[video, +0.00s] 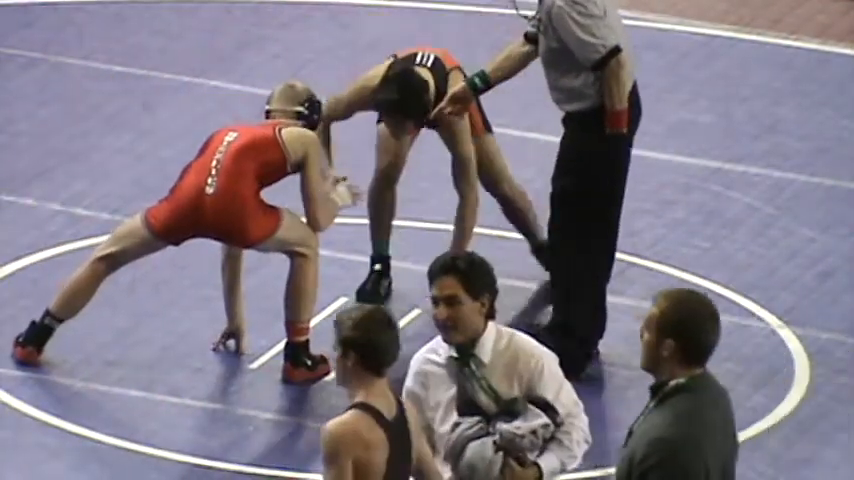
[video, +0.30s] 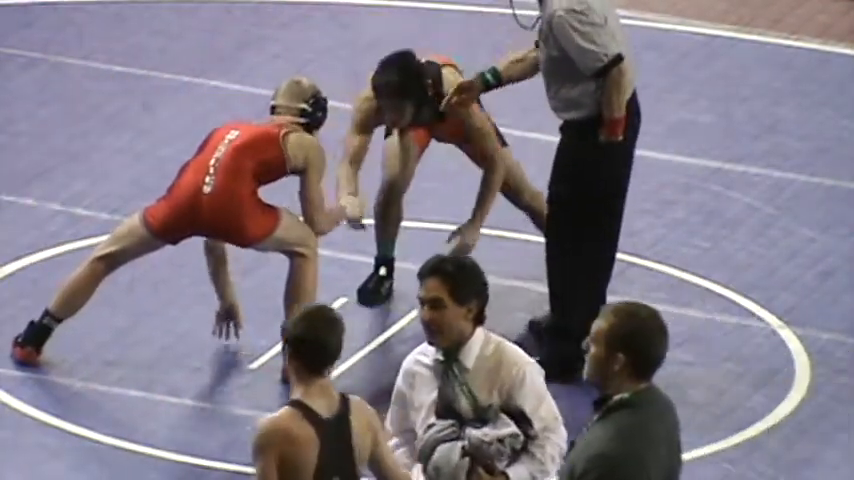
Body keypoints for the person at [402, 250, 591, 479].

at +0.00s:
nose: (441, 315)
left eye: (452, 303)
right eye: (435, 303)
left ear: (484, 303)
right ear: (430, 303)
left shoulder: (530, 357)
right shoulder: (424, 367)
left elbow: (575, 427)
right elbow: (416, 449)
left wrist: (540, 470)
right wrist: (446, 476)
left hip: (525, 472)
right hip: (457, 473)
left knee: (479, 453)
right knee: (478, 451)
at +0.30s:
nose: (425, 317)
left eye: (437, 306)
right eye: (422, 305)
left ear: (470, 310)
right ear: (417, 304)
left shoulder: (514, 365)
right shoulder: (415, 367)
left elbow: (552, 438)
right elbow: (398, 437)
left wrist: (511, 476)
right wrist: (416, 474)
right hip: (438, 473)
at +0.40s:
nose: (421, 317)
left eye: (433, 308)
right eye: (418, 306)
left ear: (466, 313)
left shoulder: (508, 369)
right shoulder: (412, 366)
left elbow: (540, 443)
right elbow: (393, 438)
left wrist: (503, 476)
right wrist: (402, 473)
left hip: (493, 471)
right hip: (423, 471)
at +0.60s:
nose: (409, 319)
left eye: (421, 310)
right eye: (409, 308)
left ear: (456, 318)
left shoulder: (497, 376)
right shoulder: (402, 365)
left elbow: (524, 453)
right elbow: (381, 434)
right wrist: (380, 471)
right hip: (405, 472)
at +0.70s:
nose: (402, 319)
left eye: (414, 311)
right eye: (404, 308)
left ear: (448, 320)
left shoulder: (490, 377)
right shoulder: (397, 365)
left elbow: (508, 457)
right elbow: (374, 435)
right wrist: (373, 472)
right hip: (396, 473)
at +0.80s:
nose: (394, 317)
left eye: (405, 309)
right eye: (396, 306)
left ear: (440, 319)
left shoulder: (479, 371)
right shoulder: (389, 365)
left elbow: (492, 446)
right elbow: (367, 436)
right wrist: (362, 472)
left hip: (451, 475)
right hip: (390, 473)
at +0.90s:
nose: (384, 317)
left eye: (395, 308)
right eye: (385, 306)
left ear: (429, 318)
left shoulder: (467, 368)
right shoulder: (376, 367)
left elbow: (480, 438)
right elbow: (356, 440)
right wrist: (349, 474)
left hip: (445, 474)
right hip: (382, 473)